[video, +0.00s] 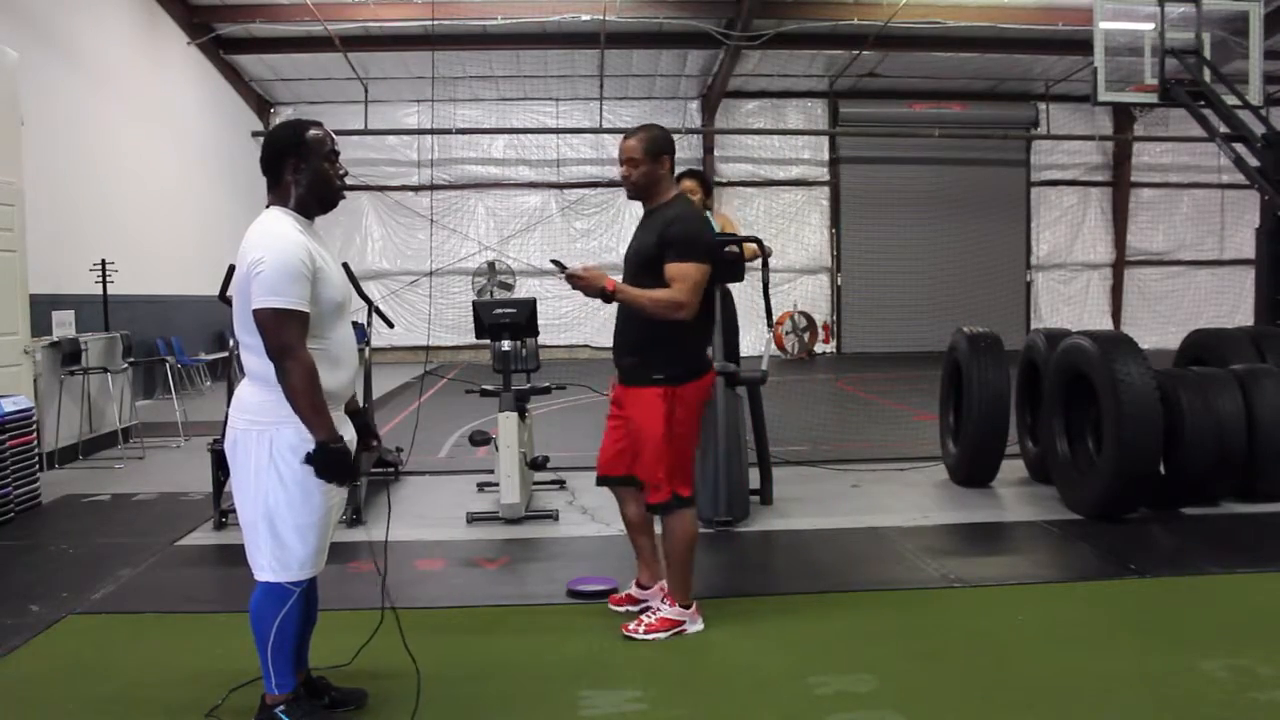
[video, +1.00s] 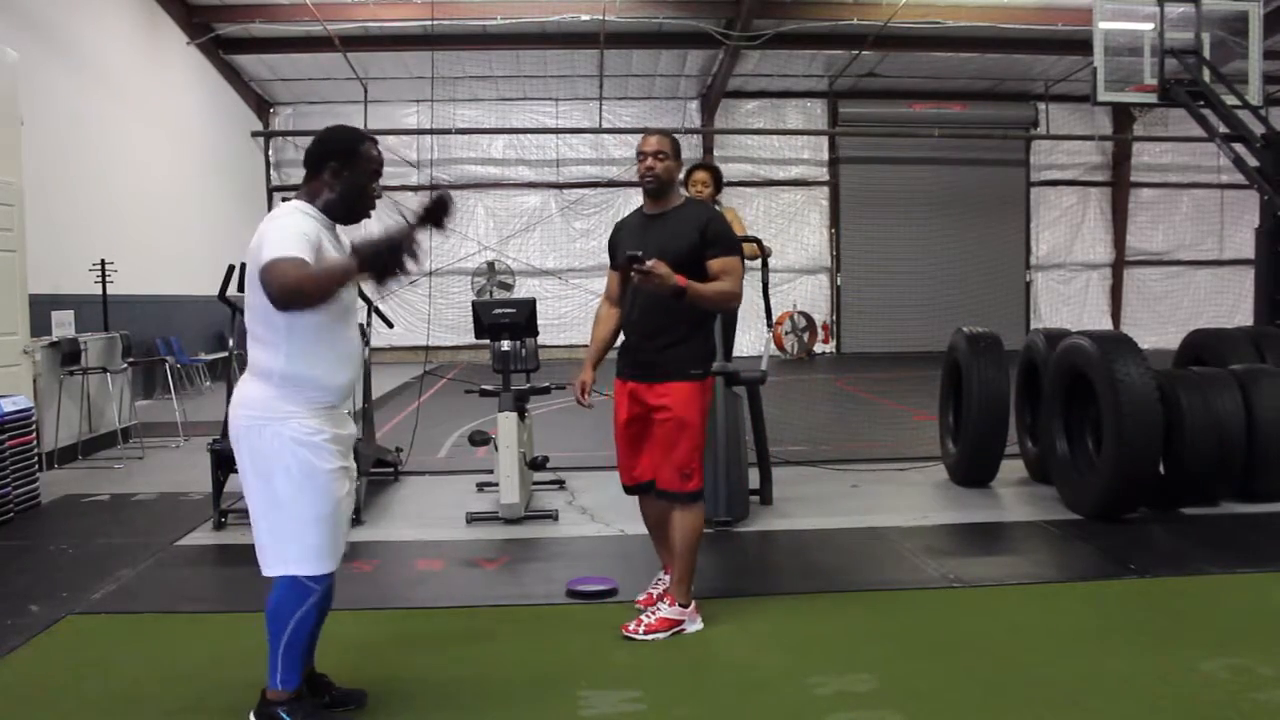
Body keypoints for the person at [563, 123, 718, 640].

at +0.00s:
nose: (623, 172)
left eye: (632, 163)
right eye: (622, 163)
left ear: (664, 164)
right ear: (635, 167)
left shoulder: (688, 222)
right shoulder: (653, 218)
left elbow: (682, 303)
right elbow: (652, 295)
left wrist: (610, 287)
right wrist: (607, 286)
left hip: (672, 382)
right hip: (637, 379)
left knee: (671, 493)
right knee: (621, 476)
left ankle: (681, 605)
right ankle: (651, 582)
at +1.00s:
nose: (649, 164)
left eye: (659, 157)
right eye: (642, 157)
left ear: (679, 166)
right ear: (635, 167)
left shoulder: (707, 219)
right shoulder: (625, 230)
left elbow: (731, 293)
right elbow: (612, 301)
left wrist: (675, 282)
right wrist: (590, 361)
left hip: (685, 375)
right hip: (635, 375)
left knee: (681, 487)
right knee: (646, 485)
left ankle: (681, 604)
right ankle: (673, 575)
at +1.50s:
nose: (646, 167)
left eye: (656, 160)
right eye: (642, 161)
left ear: (681, 168)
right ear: (639, 172)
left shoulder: (715, 217)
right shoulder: (639, 238)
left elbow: (745, 283)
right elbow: (635, 309)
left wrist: (684, 288)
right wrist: (625, 373)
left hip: (709, 369)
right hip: (658, 371)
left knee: (714, 473)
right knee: (666, 475)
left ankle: (747, 566)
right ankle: (675, 573)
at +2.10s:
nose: (721, 166)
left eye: (732, 159)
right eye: (717, 159)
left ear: (753, 168)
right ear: (710, 168)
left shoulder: (780, 225)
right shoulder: (696, 224)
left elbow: (803, 294)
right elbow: (684, 292)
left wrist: (754, 298)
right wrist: (667, 353)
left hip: (762, 372)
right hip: (703, 370)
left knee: (769, 472)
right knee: (691, 469)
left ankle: (767, 565)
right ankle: (678, 568)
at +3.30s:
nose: (648, 170)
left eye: (657, 162)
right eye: (642, 164)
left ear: (679, 168)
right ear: (638, 174)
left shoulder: (715, 217)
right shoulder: (635, 236)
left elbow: (748, 282)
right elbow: (627, 306)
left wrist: (696, 296)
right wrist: (608, 364)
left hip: (706, 372)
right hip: (653, 374)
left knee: (723, 475)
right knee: (663, 475)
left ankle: (755, 555)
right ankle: (674, 572)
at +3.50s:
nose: (632, 171)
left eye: (641, 163)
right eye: (627, 165)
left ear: (665, 169)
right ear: (624, 175)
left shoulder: (703, 217)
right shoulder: (626, 238)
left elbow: (737, 278)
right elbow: (618, 308)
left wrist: (683, 298)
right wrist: (596, 365)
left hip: (698, 369)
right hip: (646, 372)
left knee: (702, 474)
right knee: (659, 474)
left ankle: (747, 556)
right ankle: (673, 573)